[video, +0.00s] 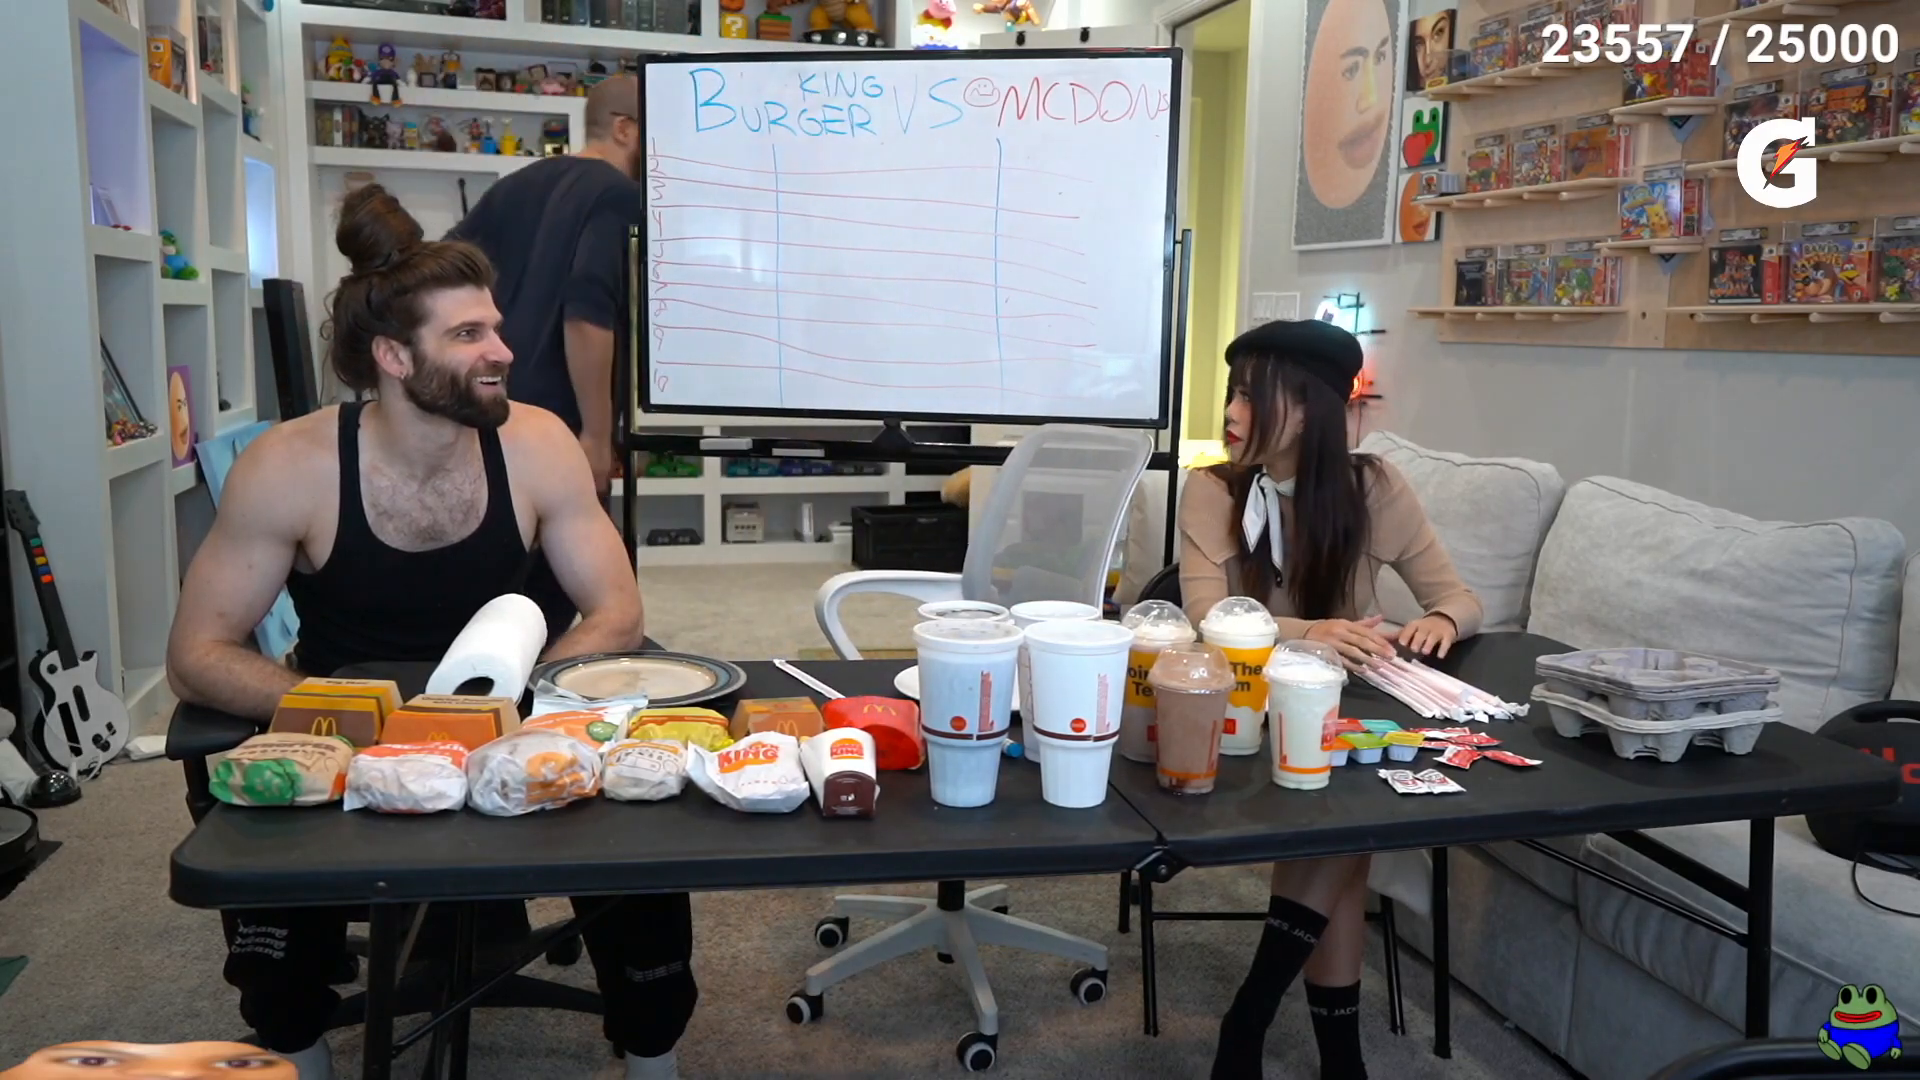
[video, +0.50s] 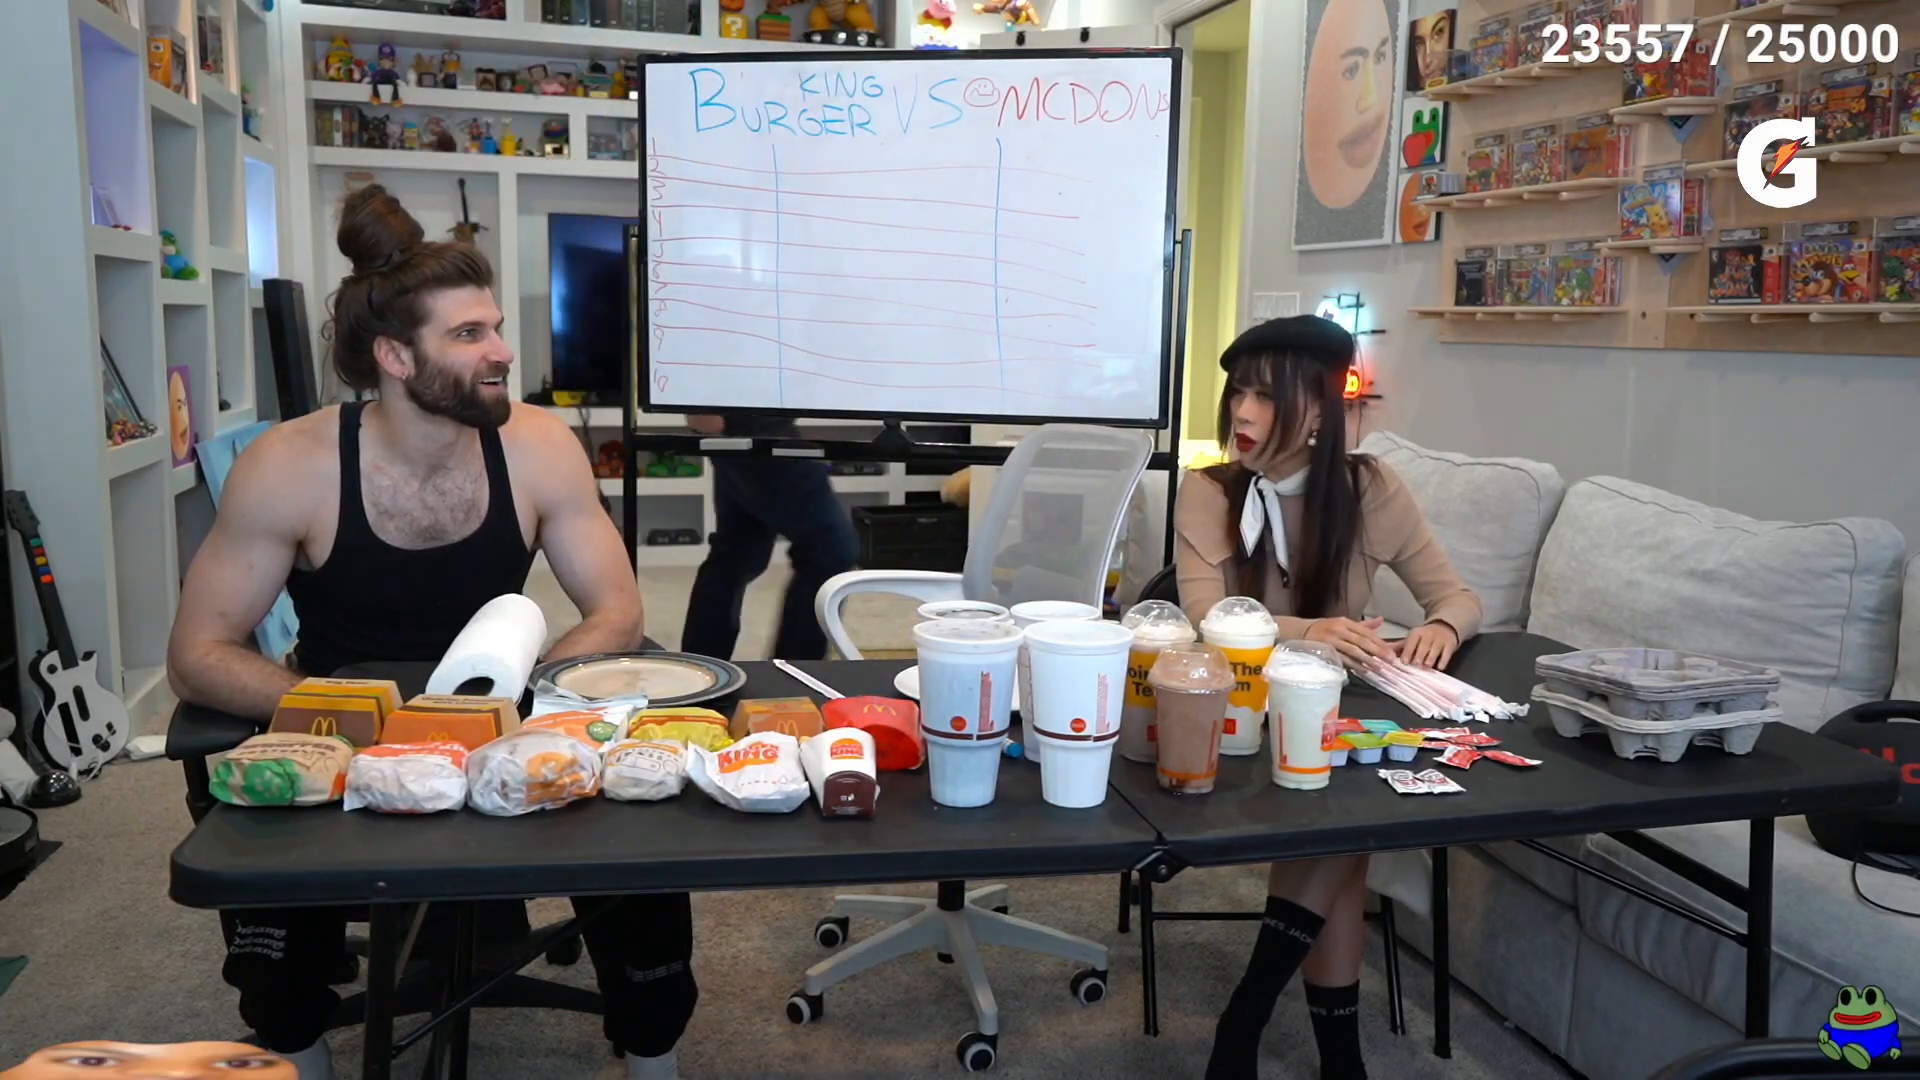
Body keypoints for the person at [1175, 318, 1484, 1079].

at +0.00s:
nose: (1231, 410)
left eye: (1252, 394)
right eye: (1233, 391)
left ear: (1310, 407)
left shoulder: (1372, 484)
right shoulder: (1213, 489)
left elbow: (1459, 597)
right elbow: (1212, 621)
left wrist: (1441, 619)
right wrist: (1312, 632)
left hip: (1340, 704)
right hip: (1240, 709)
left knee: (1340, 819)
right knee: (1347, 833)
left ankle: (1244, 1027)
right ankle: (1343, 1065)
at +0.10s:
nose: (1226, 412)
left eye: (1247, 395)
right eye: (1229, 392)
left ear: (1305, 406)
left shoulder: (1371, 484)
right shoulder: (1211, 489)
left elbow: (1459, 597)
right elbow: (1212, 621)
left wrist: (1437, 623)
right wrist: (1312, 632)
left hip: (1342, 703)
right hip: (1241, 708)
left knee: (1344, 815)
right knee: (1349, 830)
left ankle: (1246, 1025)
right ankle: (1343, 1064)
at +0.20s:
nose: (1226, 413)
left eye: (1246, 395)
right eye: (1228, 393)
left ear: (1303, 405)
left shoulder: (1370, 484)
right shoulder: (1209, 489)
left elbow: (1456, 596)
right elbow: (1212, 621)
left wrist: (1440, 626)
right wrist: (1308, 631)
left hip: (1340, 704)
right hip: (1239, 709)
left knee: (1345, 814)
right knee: (1348, 829)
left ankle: (1245, 1024)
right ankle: (1342, 1063)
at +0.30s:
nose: (1227, 412)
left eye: (1248, 395)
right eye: (1228, 392)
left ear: (1304, 406)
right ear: (1233, 398)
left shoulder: (1370, 485)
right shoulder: (1209, 489)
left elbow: (1456, 596)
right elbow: (1212, 622)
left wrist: (1442, 625)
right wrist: (1309, 630)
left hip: (1340, 703)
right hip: (1238, 708)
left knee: (1344, 815)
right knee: (1348, 829)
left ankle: (1243, 1025)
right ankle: (1342, 1063)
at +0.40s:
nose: (1233, 412)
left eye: (1255, 396)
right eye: (1231, 392)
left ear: (1309, 408)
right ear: (1229, 396)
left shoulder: (1369, 485)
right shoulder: (1209, 491)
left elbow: (1457, 597)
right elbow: (1211, 624)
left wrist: (1442, 624)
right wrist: (1308, 631)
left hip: (1339, 706)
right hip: (1237, 711)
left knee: (1343, 817)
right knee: (1348, 832)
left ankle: (1242, 1026)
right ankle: (1342, 1064)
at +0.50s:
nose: (1243, 411)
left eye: (1267, 395)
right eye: (1239, 389)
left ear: (1317, 409)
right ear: (1229, 393)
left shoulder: (1369, 486)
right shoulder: (1210, 490)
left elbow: (1458, 597)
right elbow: (1210, 622)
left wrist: (1444, 624)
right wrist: (1309, 630)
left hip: (1336, 707)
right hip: (1236, 711)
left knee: (1338, 818)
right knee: (1346, 834)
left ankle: (1241, 1026)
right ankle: (1342, 1064)